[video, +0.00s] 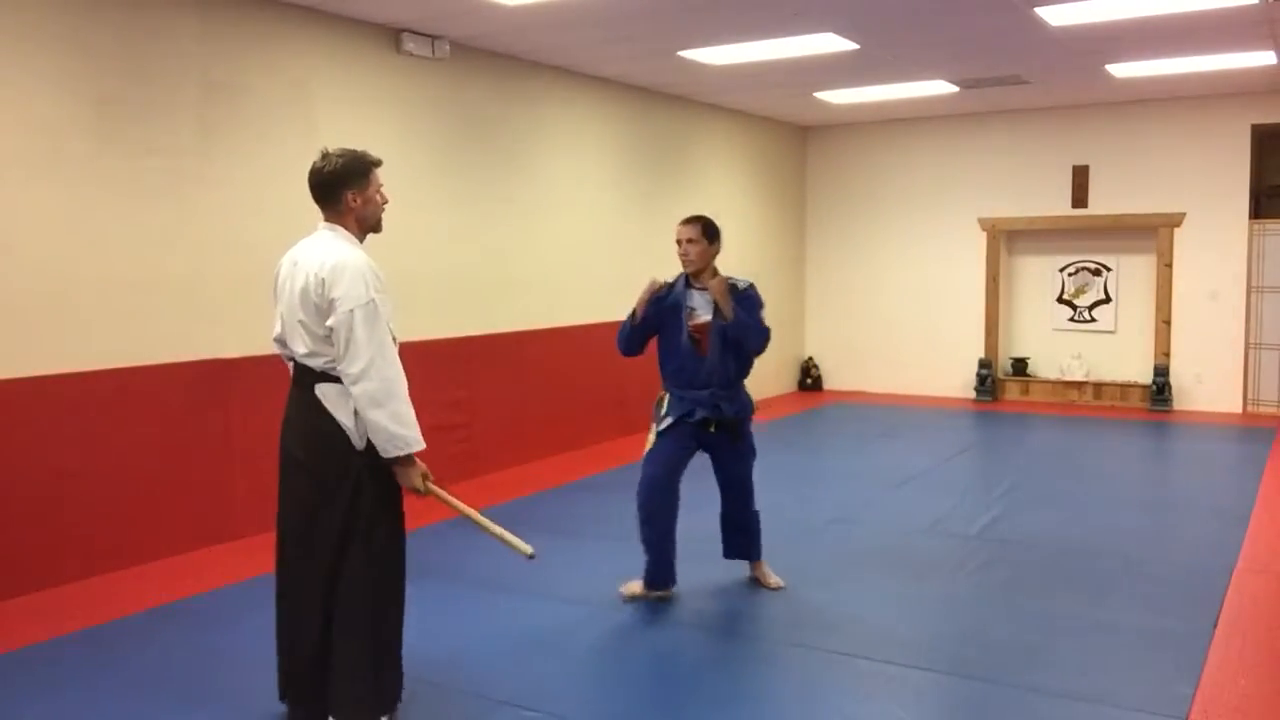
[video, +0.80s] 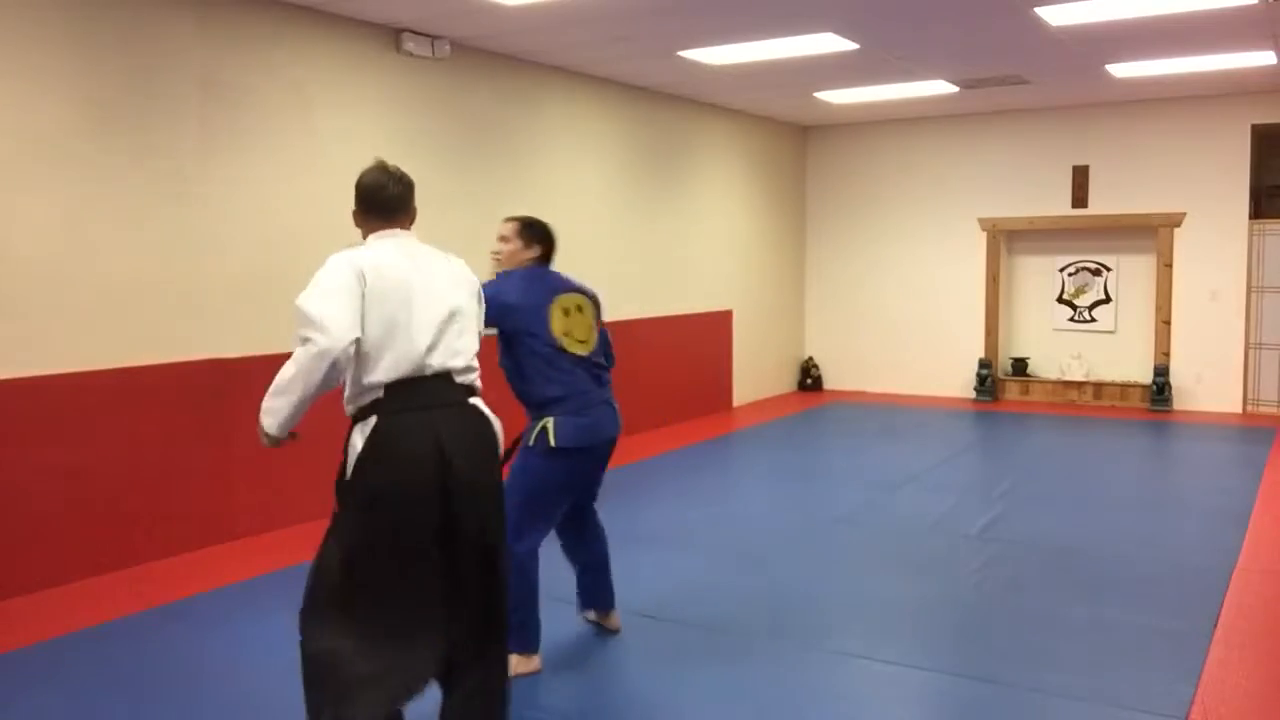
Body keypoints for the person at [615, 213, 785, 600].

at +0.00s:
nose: (683, 250)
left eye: (691, 243)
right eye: (679, 244)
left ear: (713, 247)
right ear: (676, 249)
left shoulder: (742, 294)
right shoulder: (666, 296)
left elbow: (757, 344)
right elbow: (627, 347)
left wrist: (727, 305)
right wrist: (641, 308)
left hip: (730, 413)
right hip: (681, 414)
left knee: (740, 491)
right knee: (654, 483)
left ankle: (757, 565)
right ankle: (658, 581)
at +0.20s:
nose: (640, 254)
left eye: (649, 246)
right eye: (636, 247)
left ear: (670, 251)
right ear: (632, 251)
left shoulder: (697, 298)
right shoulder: (622, 300)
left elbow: (715, 346)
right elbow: (593, 356)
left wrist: (681, 308)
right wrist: (603, 326)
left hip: (687, 416)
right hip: (640, 419)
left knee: (715, 489)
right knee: (631, 502)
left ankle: (749, 552)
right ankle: (657, 586)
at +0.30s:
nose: (617, 253)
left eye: (625, 245)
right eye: (612, 246)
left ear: (646, 250)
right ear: (608, 252)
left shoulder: (673, 296)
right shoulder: (604, 301)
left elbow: (683, 346)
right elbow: (579, 359)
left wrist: (643, 306)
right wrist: (587, 334)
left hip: (669, 419)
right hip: (622, 420)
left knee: (668, 502)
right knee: (621, 513)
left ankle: (702, 564)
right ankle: (656, 588)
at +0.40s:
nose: (590, 250)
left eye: (599, 243)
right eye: (587, 243)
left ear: (622, 248)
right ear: (585, 248)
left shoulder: (645, 289)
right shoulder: (591, 301)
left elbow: (626, 306)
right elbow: (571, 358)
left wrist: (579, 273)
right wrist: (569, 340)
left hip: (646, 410)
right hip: (608, 411)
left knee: (617, 498)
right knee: (622, 500)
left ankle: (621, 601)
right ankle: (658, 583)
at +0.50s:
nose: (561, 253)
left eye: (573, 245)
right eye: (559, 245)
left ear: (600, 251)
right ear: (562, 250)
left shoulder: (607, 285)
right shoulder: (580, 302)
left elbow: (551, 266)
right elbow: (572, 367)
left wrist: (497, 230)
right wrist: (547, 345)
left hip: (618, 419)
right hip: (595, 417)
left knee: (572, 515)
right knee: (616, 507)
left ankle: (544, 629)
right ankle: (664, 579)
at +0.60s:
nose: (540, 259)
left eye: (551, 251)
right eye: (541, 251)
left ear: (580, 258)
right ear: (577, 262)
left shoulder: (568, 291)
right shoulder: (598, 298)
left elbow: (513, 274)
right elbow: (571, 358)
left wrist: (454, 230)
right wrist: (532, 343)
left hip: (576, 432)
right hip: (607, 429)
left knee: (526, 524)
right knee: (592, 502)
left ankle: (521, 649)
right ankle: (649, 573)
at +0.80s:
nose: (495, 248)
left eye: (505, 241)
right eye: (497, 240)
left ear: (533, 250)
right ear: (542, 255)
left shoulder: (507, 290)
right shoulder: (579, 292)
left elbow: (450, 316)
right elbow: (603, 358)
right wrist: (579, 407)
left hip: (557, 432)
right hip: (602, 428)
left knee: (514, 532)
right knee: (576, 513)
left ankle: (521, 650)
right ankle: (602, 609)